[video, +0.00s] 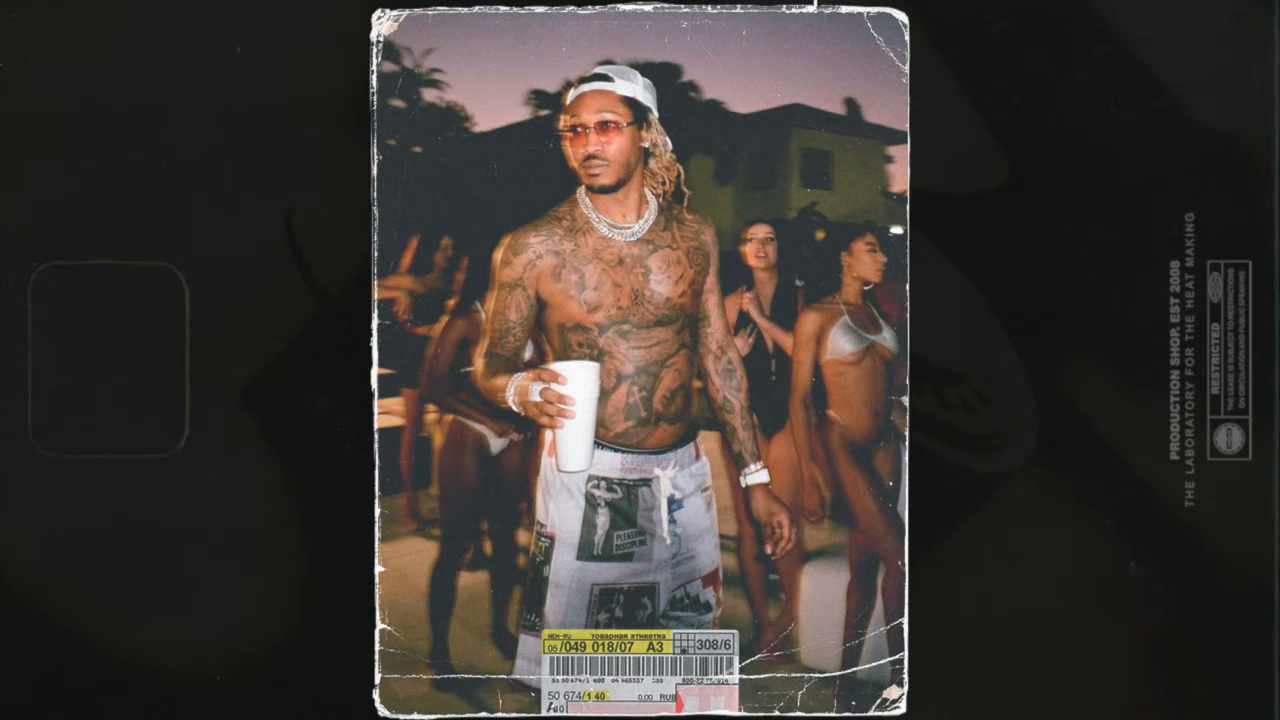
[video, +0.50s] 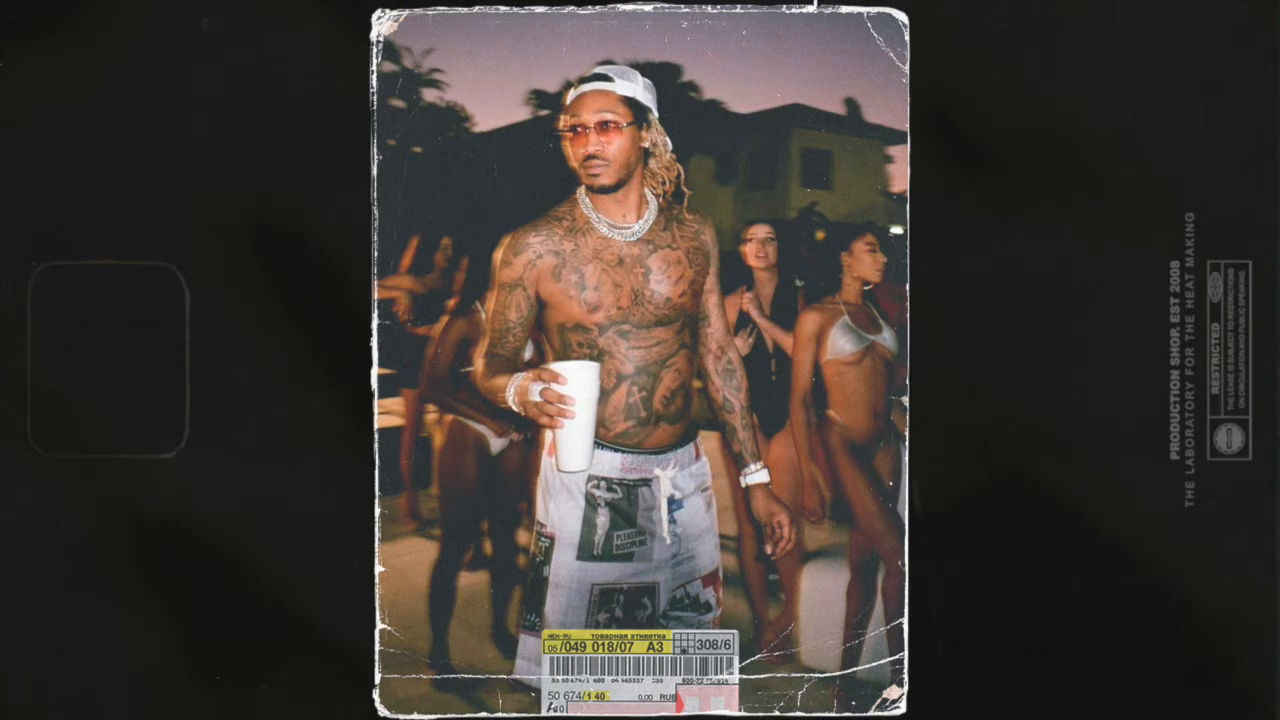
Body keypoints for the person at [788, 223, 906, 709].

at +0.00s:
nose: (882, 259)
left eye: (881, 251)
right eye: (872, 251)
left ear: (869, 262)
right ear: (844, 259)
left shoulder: (876, 315)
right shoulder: (817, 317)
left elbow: (885, 392)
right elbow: (798, 403)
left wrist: (901, 441)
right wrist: (814, 479)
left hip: (881, 448)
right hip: (838, 449)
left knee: (863, 564)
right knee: (898, 552)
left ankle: (847, 673)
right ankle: (903, 670)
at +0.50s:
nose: (882, 258)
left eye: (881, 251)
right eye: (871, 251)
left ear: (871, 262)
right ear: (844, 259)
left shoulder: (877, 315)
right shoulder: (818, 317)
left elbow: (887, 390)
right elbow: (799, 403)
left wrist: (900, 434)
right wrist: (812, 478)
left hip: (882, 447)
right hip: (838, 448)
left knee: (863, 563)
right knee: (898, 551)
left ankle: (847, 673)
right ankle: (903, 669)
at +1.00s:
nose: (882, 259)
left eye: (881, 251)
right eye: (871, 251)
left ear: (872, 262)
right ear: (844, 259)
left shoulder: (877, 316)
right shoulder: (818, 317)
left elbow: (886, 391)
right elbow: (799, 403)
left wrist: (900, 432)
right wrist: (812, 478)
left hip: (882, 447)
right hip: (838, 448)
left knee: (863, 562)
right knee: (897, 551)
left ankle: (846, 672)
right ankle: (902, 669)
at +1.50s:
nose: (882, 259)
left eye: (881, 251)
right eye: (871, 251)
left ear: (872, 262)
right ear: (844, 259)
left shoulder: (877, 315)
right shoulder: (818, 317)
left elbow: (886, 391)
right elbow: (799, 402)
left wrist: (900, 433)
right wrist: (812, 477)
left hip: (883, 447)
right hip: (839, 448)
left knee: (863, 562)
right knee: (897, 552)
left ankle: (846, 672)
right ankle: (902, 670)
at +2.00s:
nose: (882, 259)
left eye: (881, 251)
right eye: (871, 251)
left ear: (871, 262)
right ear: (844, 259)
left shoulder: (877, 316)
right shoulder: (818, 317)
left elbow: (886, 391)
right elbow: (798, 402)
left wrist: (901, 435)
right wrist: (812, 476)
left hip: (882, 447)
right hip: (839, 449)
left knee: (863, 563)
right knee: (898, 551)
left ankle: (846, 674)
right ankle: (902, 669)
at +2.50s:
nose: (882, 259)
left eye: (881, 251)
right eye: (871, 251)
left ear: (870, 262)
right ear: (844, 259)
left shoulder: (877, 315)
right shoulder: (818, 317)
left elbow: (887, 390)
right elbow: (799, 403)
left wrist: (898, 439)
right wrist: (813, 478)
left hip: (882, 448)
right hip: (838, 449)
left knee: (863, 563)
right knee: (897, 552)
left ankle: (846, 674)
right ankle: (902, 670)